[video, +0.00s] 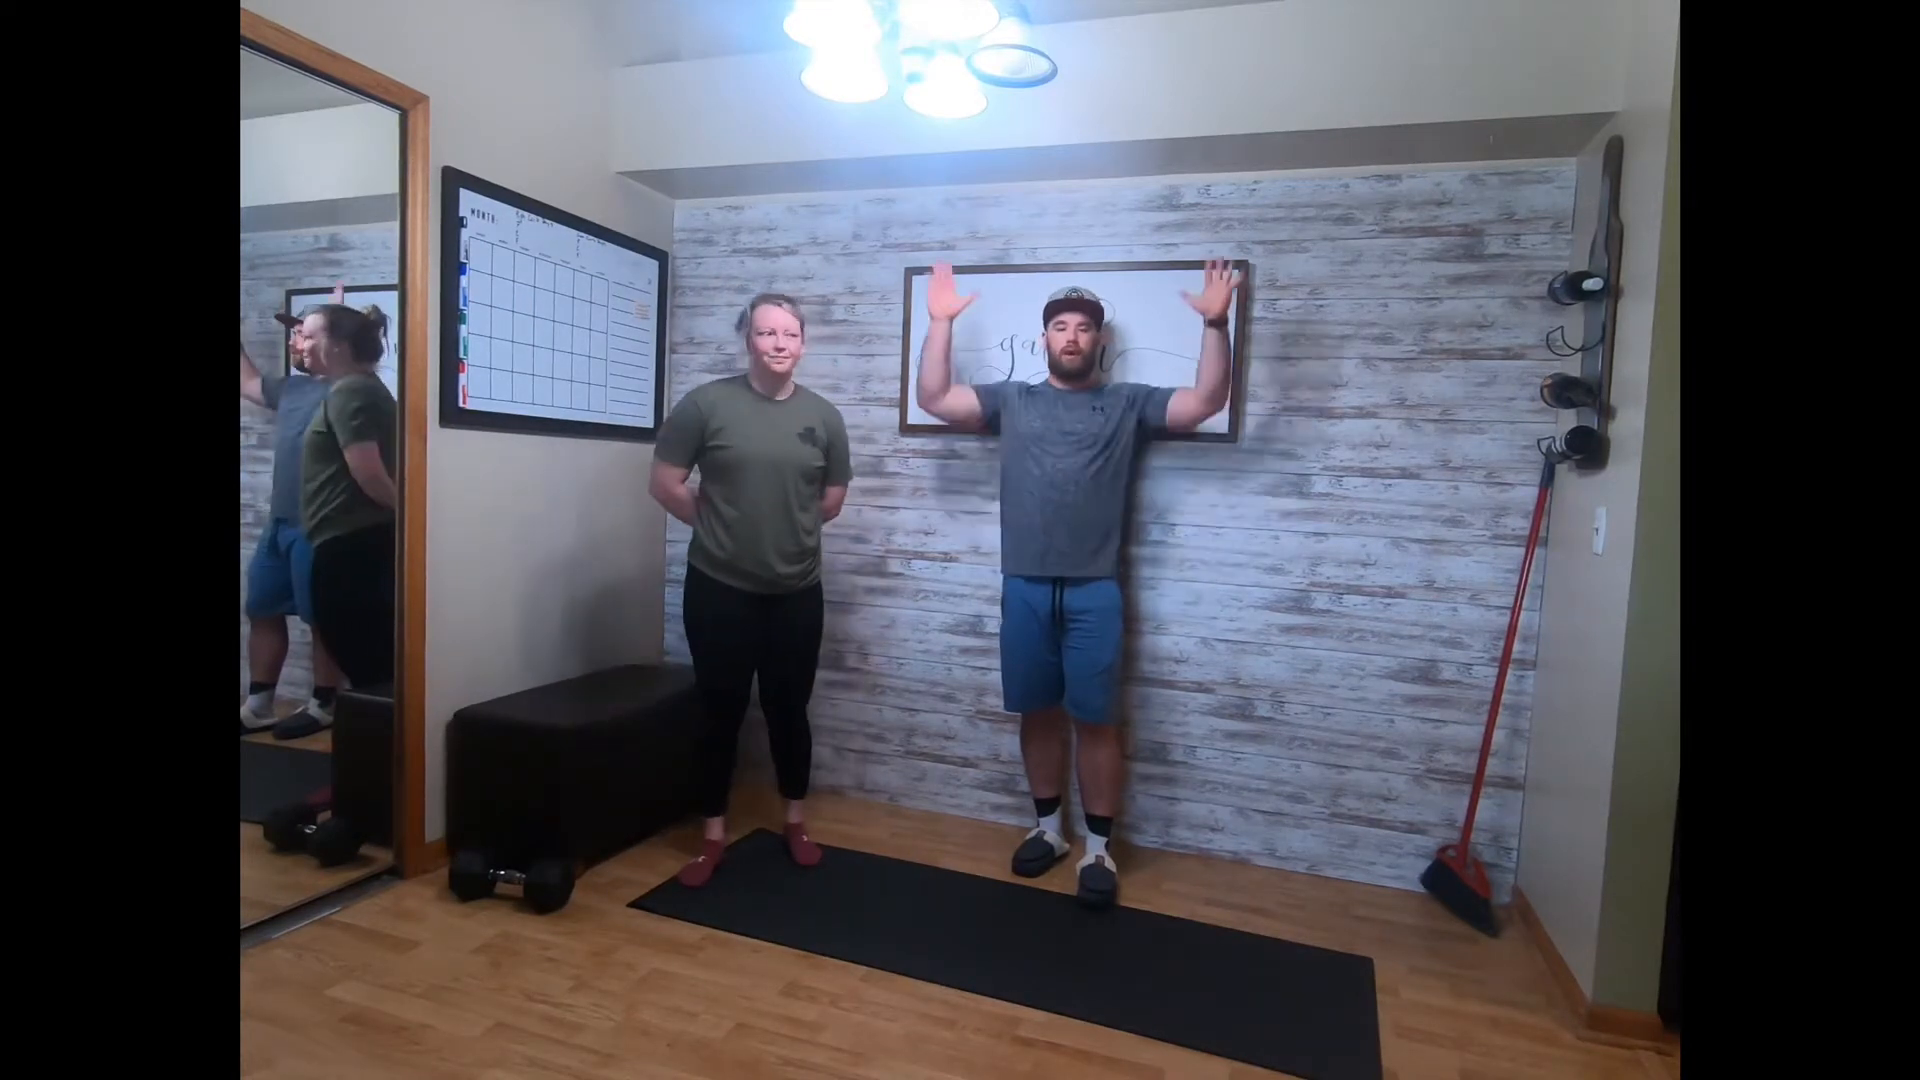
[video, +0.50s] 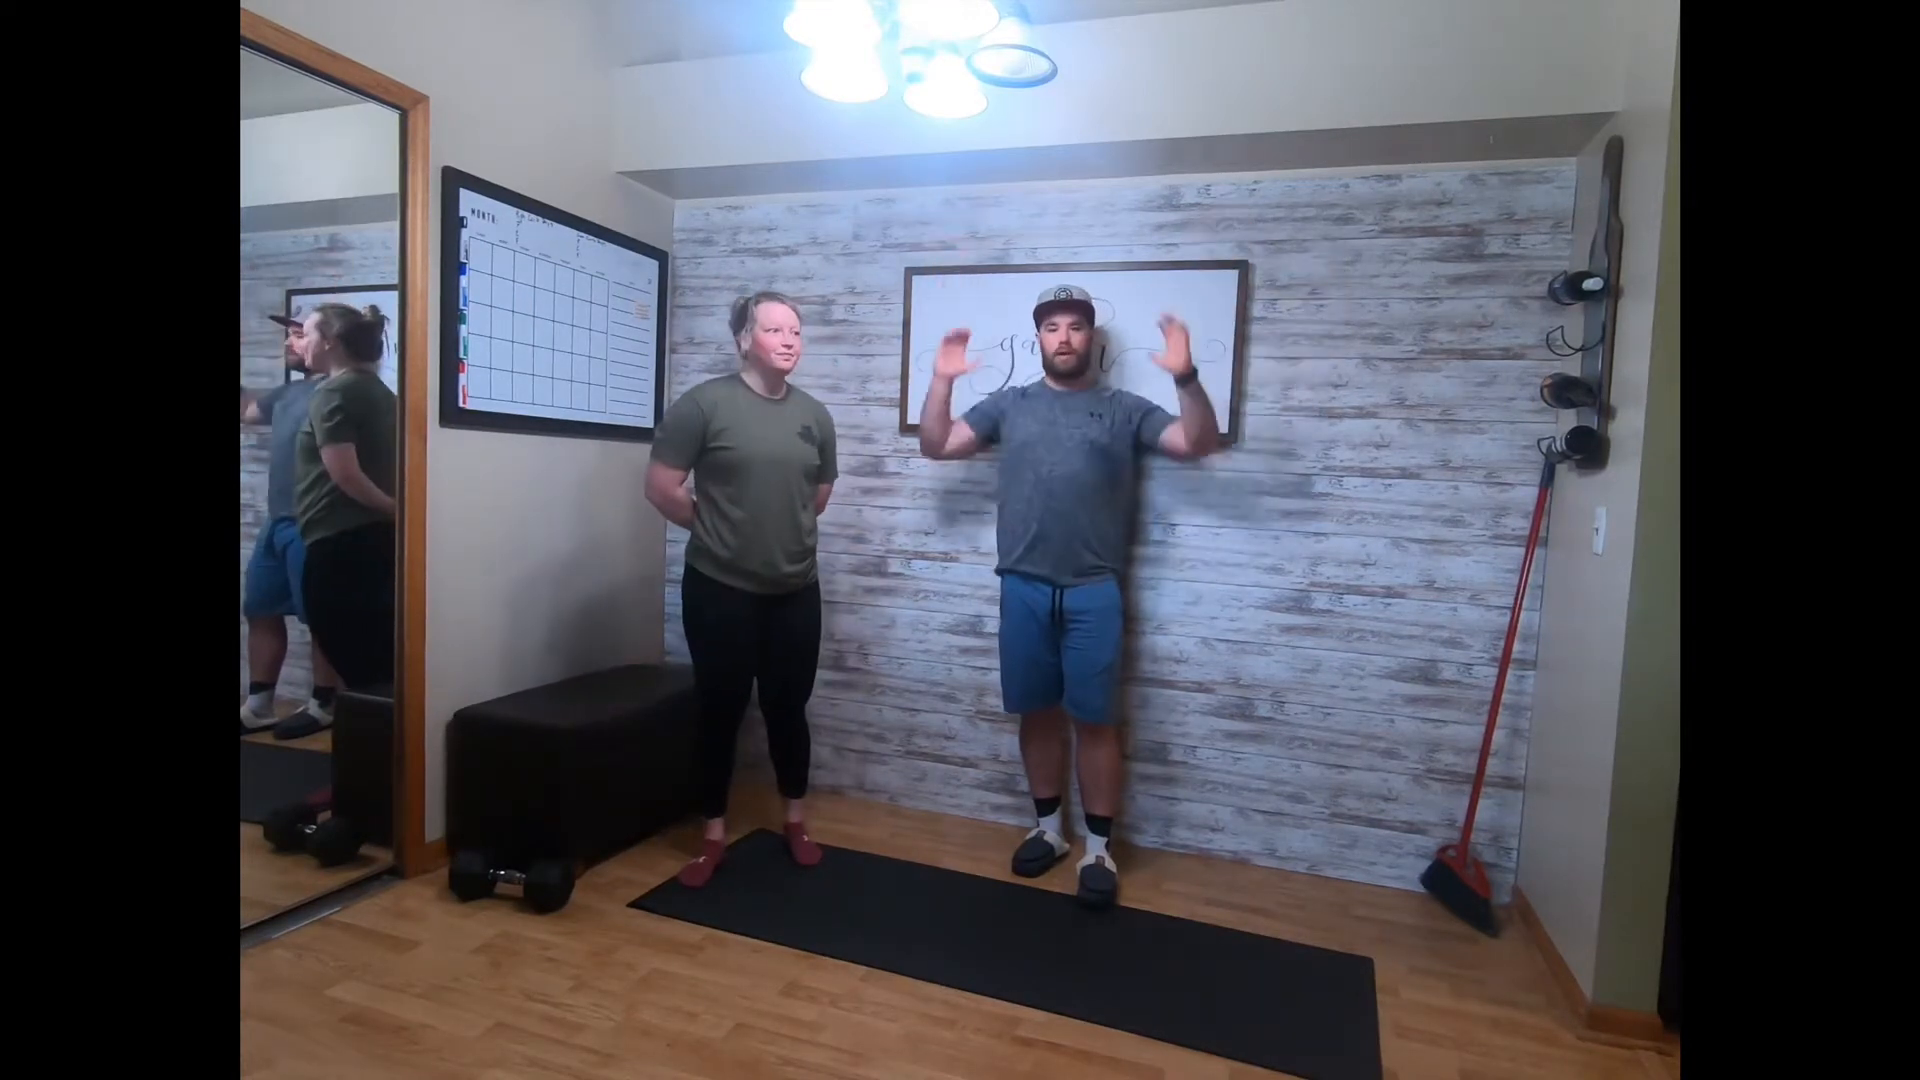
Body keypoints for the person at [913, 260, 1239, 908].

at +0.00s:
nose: (1072, 337)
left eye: (1083, 328)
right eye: (1061, 328)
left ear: (1099, 342)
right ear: (1045, 342)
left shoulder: (1126, 403)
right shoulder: (1014, 398)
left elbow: (1206, 400)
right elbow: (934, 397)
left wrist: (1214, 322)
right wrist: (940, 322)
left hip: (1094, 584)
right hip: (1024, 582)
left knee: (1095, 716)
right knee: (1036, 711)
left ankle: (1098, 851)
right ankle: (1047, 832)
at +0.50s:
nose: (1064, 336)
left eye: (1076, 327)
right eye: (1053, 328)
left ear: (1093, 339)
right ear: (1038, 340)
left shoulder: (1122, 408)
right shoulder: (1012, 404)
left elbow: (1199, 440)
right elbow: (937, 443)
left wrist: (1185, 376)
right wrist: (942, 378)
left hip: (1094, 579)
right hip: (1024, 577)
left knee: (1093, 715)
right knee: (1036, 709)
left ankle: (1097, 851)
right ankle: (1048, 831)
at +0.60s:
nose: (1057, 337)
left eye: (1069, 327)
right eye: (1046, 328)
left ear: (1088, 337)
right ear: (1033, 339)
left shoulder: (1116, 410)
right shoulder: (1008, 408)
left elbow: (1175, 481)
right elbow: (976, 480)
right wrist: (948, 471)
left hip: (1092, 581)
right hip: (1023, 580)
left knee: (1094, 716)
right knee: (1036, 710)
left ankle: (1098, 851)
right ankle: (1048, 830)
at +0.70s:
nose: (1049, 338)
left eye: (1062, 327)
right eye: (1038, 329)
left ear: (1083, 337)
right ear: (1028, 339)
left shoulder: (1115, 411)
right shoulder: (1008, 411)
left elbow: (1149, 490)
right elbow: (986, 490)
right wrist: (950, 550)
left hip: (1089, 583)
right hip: (1020, 582)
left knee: (1091, 716)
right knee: (1033, 710)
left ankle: (1098, 850)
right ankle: (1047, 829)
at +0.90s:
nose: (1030, 333)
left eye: (1042, 323)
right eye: (1024, 327)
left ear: (1072, 331)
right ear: (1020, 339)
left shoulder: (1114, 408)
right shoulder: (1002, 408)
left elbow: (1143, 492)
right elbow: (986, 489)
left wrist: (1146, 570)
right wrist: (980, 563)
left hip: (1087, 581)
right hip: (1014, 580)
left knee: (1086, 717)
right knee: (1031, 711)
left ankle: (1094, 850)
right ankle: (1047, 829)